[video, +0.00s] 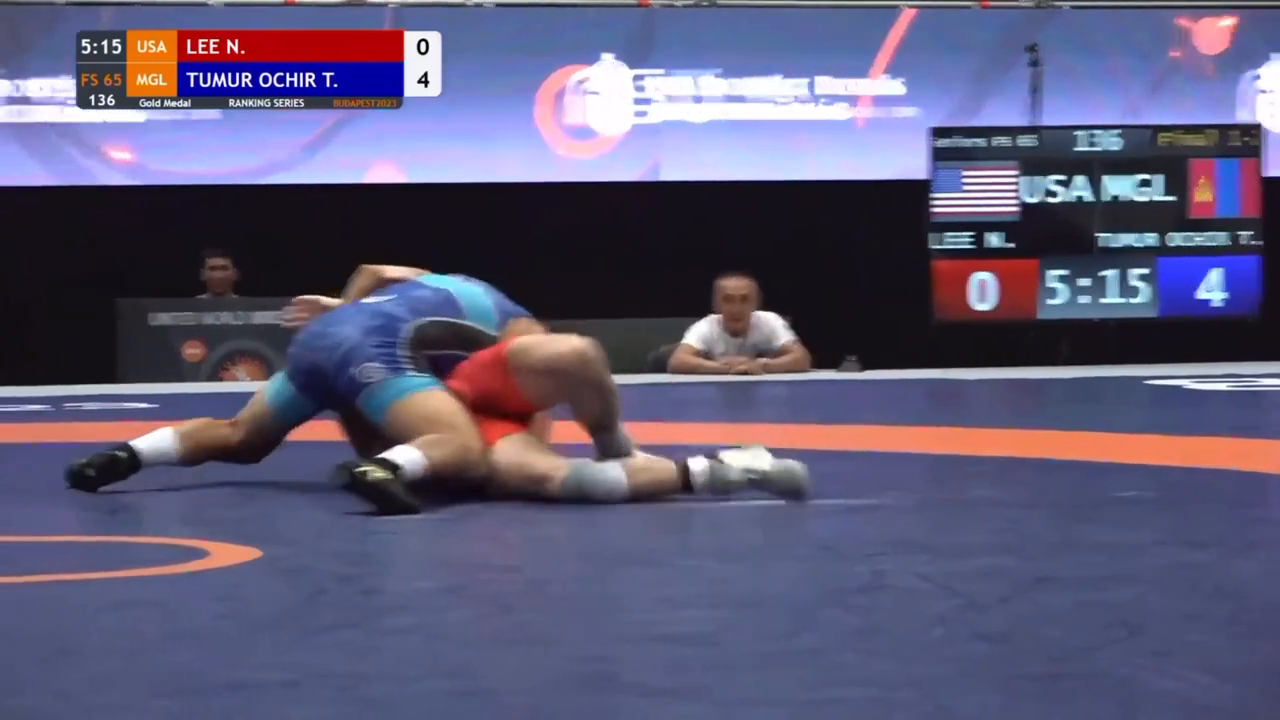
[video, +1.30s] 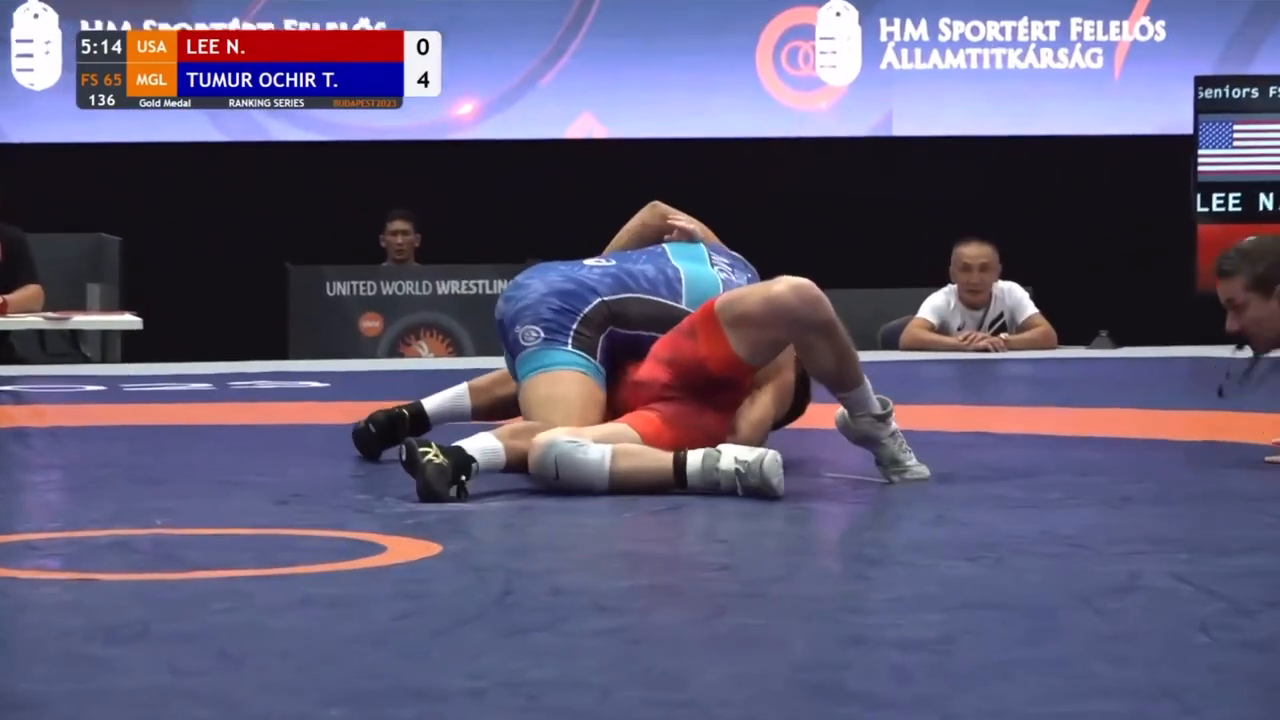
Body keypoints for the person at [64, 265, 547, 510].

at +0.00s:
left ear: (489, 297)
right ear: (517, 333)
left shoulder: (450, 289)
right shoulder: (513, 325)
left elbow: (375, 269)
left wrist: (341, 308)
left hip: (316, 336)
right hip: (372, 336)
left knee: (243, 437)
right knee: (463, 445)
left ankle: (131, 452)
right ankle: (394, 468)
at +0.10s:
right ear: (630, 348)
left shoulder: (552, 305)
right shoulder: (603, 343)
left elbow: (465, 275)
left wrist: (422, 347)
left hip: (407, 342)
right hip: (458, 351)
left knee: (319, 430)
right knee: (540, 453)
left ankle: (214, 446)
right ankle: (475, 474)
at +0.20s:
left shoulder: (639, 308)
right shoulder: (693, 345)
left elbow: (568, 271)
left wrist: (516, 337)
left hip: (502, 342)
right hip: (555, 348)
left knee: (404, 442)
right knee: (612, 451)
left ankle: (290, 444)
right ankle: (552, 473)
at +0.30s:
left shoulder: (693, 311)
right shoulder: (753, 366)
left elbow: (631, 272)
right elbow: (764, 453)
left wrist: (562, 339)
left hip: (553, 344)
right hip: (608, 357)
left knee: (448, 450)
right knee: (643, 454)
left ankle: (330, 449)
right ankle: (583, 474)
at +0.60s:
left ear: (770, 321)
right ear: (804, 374)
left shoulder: (730, 307)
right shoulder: (784, 370)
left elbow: (656, 266)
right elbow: (766, 454)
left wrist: (593, 323)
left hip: (563, 333)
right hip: (609, 354)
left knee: (456, 441)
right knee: (645, 467)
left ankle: (335, 441)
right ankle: (517, 475)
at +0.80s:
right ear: (806, 356)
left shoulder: (730, 297)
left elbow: (666, 252)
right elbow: (754, 443)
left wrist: (603, 309)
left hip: (551, 315)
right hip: (593, 333)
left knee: (513, 420)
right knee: (599, 452)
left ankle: (394, 415)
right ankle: (494, 463)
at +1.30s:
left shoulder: (731, 264)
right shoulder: (782, 344)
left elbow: (661, 212)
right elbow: (746, 435)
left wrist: (598, 270)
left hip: (533, 281)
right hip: (563, 309)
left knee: (546, 378)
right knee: (565, 433)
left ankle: (415, 414)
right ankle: (459, 457)